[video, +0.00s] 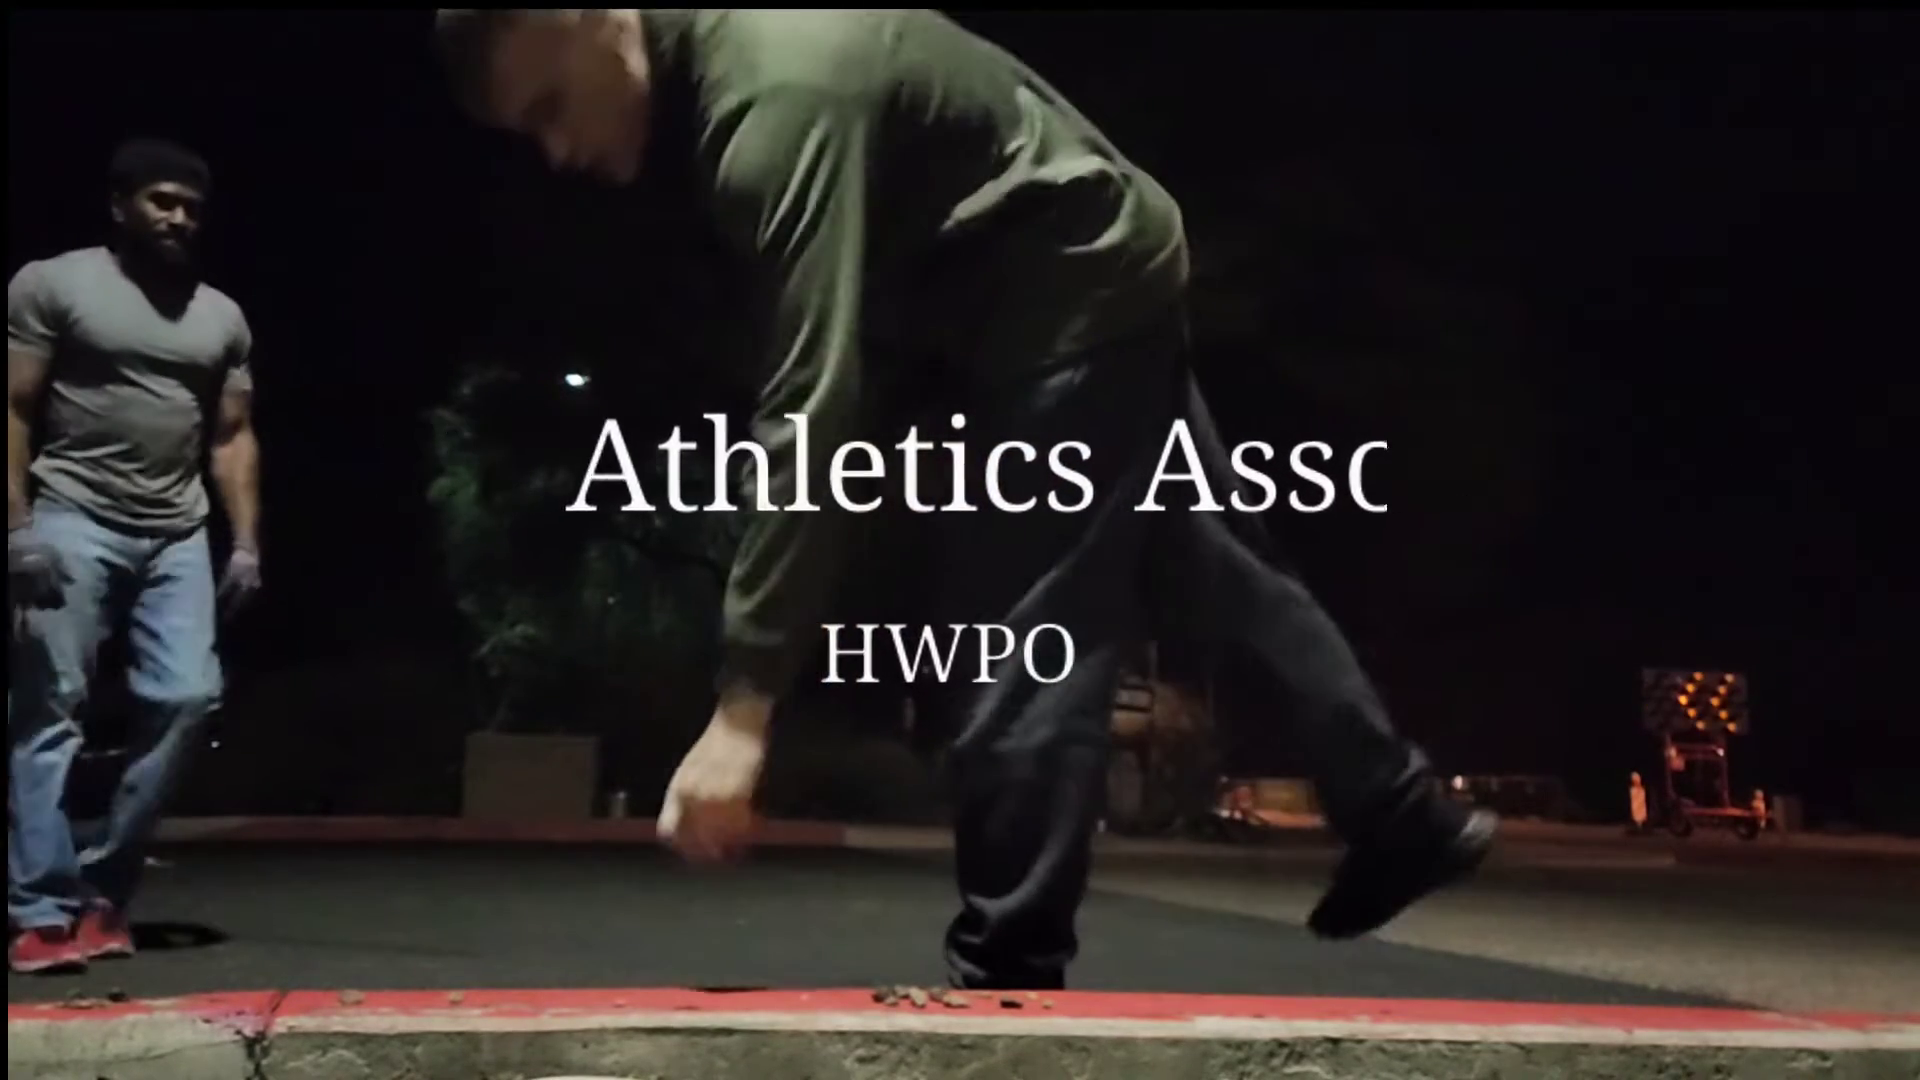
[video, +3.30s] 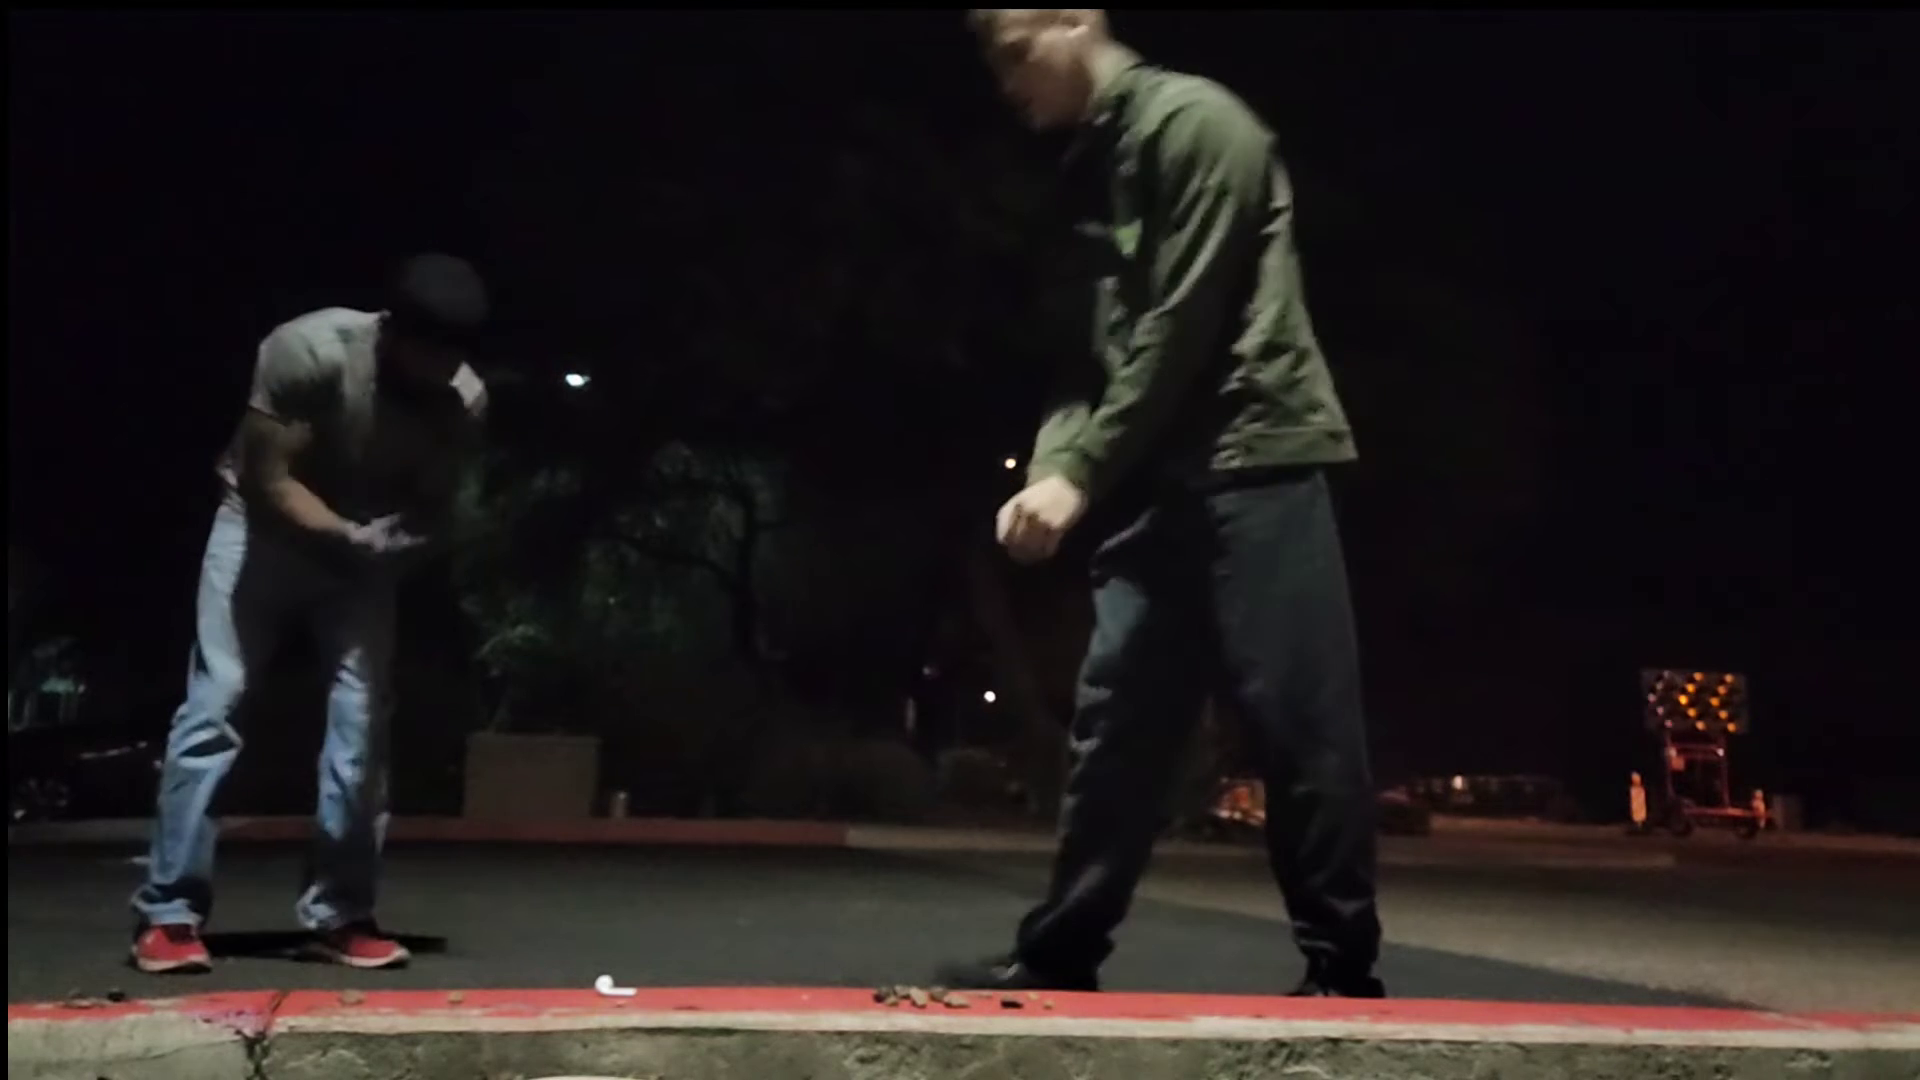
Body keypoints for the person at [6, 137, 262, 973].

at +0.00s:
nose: (178, 219)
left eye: (190, 207)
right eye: (161, 202)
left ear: (204, 219)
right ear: (121, 206)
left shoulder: (222, 321)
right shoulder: (53, 288)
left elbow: (233, 434)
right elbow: (16, 412)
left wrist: (246, 537)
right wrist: (19, 524)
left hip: (178, 532)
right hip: (71, 519)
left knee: (187, 695)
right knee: (52, 706)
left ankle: (97, 893)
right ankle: (39, 912)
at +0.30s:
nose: (183, 207)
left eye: (196, 194)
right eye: (165, 190)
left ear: (211, 206)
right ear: (127, 195)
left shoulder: (231, 307)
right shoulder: (66, 279)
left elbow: (246, 426)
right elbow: (27, 399)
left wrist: (266, 533)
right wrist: (39, 508)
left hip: (200, 529)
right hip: (90, 518)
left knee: (230, 699)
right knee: (58, 708)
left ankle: (213, 900)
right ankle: (38, 911)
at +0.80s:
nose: (296, 221)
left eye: (309, 210)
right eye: (280, 204)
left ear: (320, 224)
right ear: (239, 209)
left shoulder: (340, 323)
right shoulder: (178, 290)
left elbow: (360, 435)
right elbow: (141, 412)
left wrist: (388, 528)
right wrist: (155, 527)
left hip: (305, 539)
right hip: (204, 525)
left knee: (291, 716)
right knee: (134, 711)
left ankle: (265, 907)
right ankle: (54, 908)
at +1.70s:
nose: (368, 244)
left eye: (382, 234)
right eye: (354, 226)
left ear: (392, 245)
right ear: (315, 222)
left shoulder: (392, 340)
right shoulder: (240, 290)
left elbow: (417, 449)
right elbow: (181, 385)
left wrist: (488, 516)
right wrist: (177, 437)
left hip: (325, 544)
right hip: (233, 527)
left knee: (303, 716)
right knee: (200, 705)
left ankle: (264, 905)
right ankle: (168, 909)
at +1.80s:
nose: (361, 250)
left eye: (373, 238)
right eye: (347, 232)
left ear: (384, 243)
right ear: (304, 224)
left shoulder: (384, 333)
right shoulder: (231, 288)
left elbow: (382, 440)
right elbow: (201, 400)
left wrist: (449, 492)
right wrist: (264, 450)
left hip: (322, 544)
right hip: (229, 533)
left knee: (301, 717)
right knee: (195, 712)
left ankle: (269, 907)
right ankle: (167, 913)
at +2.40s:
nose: (325, 319)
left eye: (338, 304)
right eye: (313, 300)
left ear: (347, 304)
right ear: (280, 290)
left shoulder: (351, 365)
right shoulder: (193, 325)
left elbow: (330, 480)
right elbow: (155, 448)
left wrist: (357, 500)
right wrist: (222, 504)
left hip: (263, 538)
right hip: (161, 530)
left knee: (268, 719)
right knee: (150, 717)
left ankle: (266, 905)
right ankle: (162, 912)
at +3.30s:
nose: (440, 363)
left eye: (451, 350)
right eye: (430, 345)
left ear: (461, 347)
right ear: (396, 331)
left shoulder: (461, 402)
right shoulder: (307, 352)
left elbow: (441, 512)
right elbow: (267, 477)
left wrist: (407, 535)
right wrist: (347, 531)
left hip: (361, 549)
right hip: (260, 530)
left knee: (362, 716)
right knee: (222, 696)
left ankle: (341, 916)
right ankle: (169, 913)